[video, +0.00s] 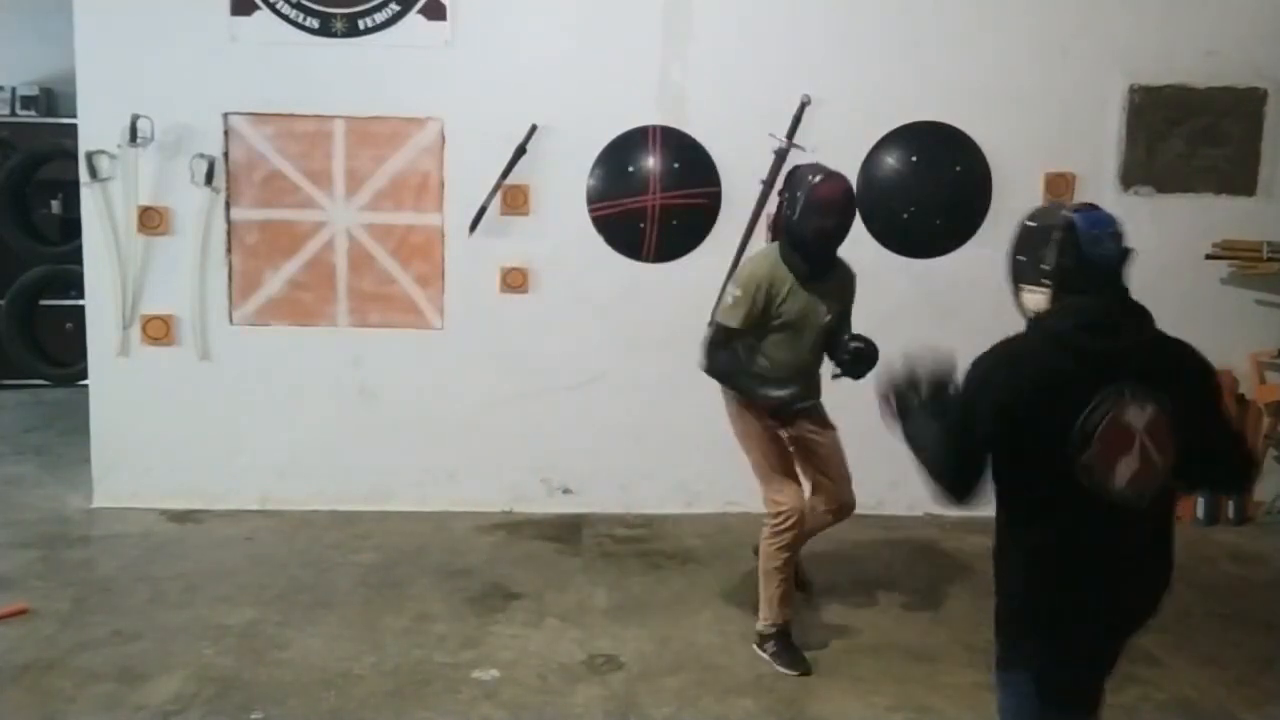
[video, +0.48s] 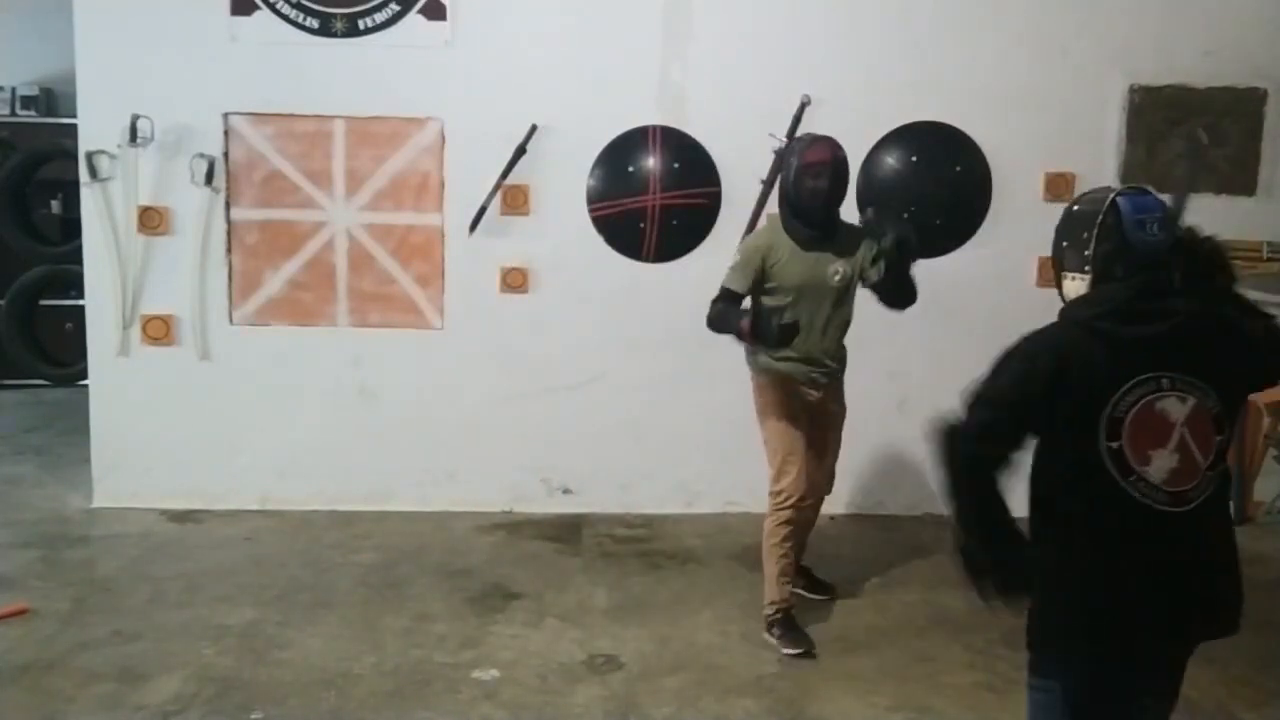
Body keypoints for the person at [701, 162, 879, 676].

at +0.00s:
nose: (830, 233)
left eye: (839, 223)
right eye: (821, 220)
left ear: (845, 226)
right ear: (793, 217)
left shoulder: (839, 279)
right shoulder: (760, 270)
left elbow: (836, 340)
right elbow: (716, 353)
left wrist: (852, 354)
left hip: (805, 405)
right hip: (751, 406)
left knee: (837, 501)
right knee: (786, 508)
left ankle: (780, 548)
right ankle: (772, 629)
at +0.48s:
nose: (821, 186)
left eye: (831, 175)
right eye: (811, 175)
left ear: (842, 183)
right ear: (788, 181)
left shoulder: (857, 243)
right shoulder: (765, 242)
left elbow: (901, 299)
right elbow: (719, 314)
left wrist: (894, 258)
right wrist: (752, 324)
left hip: (828, 381)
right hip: (776, 378)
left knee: (816, 486)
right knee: (792, 487)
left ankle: (790, 568)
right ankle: (776, 610)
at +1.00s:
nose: (851, 216)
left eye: (860, 205)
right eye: (841, 204)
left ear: (869, 209)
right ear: (816, 203)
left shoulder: (871, 257)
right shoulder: (788, 258)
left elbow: (875, 333)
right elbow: (754, 337)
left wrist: (882, 341)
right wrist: (768, 319)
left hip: (837, 383)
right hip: (789, 381)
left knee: (840, 481)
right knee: (809, 488)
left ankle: (807, 550)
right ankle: (783, 609)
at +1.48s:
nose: (868, 209)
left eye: (877, 199)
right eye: (859, 198)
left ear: (887, 204)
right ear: (838, 199)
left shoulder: (892, 247)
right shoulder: (812, 248)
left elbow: (911, 314)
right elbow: (769, 308)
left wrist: (909, 296)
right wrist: (801, 335)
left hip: (861, 378)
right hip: (816, 376)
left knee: (860, 473)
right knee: (835, 470)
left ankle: (829, 545)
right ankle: (811, 584)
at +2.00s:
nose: (865, 187)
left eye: (874, 177)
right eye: (856, 176)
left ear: (887, 184)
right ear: (838, 180)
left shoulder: (904, 239)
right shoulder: (814, 236)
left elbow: (934, 300)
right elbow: (774, 300)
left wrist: (915, 295)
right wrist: (809, 298)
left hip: (872, 369)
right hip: (824, 367)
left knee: (855, 467)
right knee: (836, 470)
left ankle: (828, 547)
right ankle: (829, 569)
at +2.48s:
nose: (879, 217)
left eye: (888, 207)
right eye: (870, 205)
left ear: (901, 210)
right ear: (851, 207)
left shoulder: (915, 252)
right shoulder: (828, 253)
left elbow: (935, 306)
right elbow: (788, 314)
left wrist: (923, 347)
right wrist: (813, 336)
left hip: (894, 366)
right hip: (842, 366)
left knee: (904, 453)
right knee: (843, 468)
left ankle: (882, 524)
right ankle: (829, 571)